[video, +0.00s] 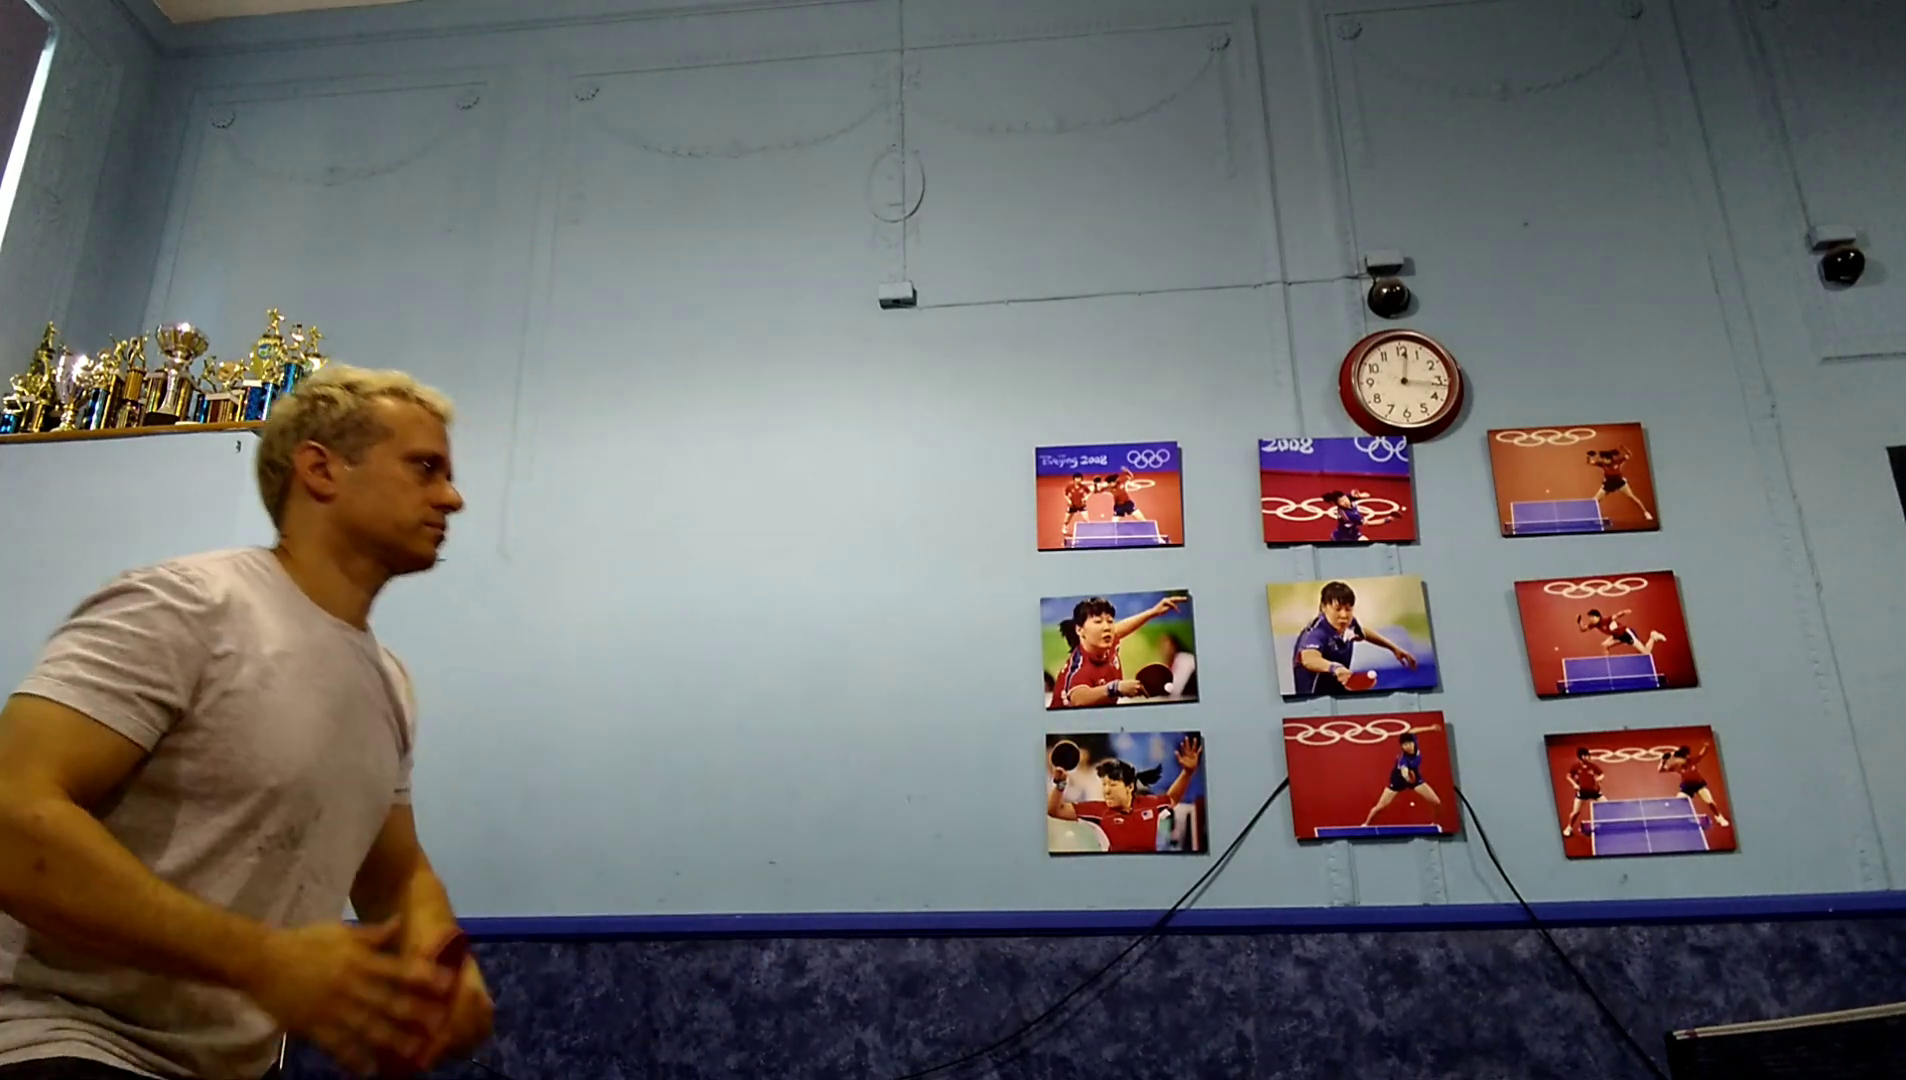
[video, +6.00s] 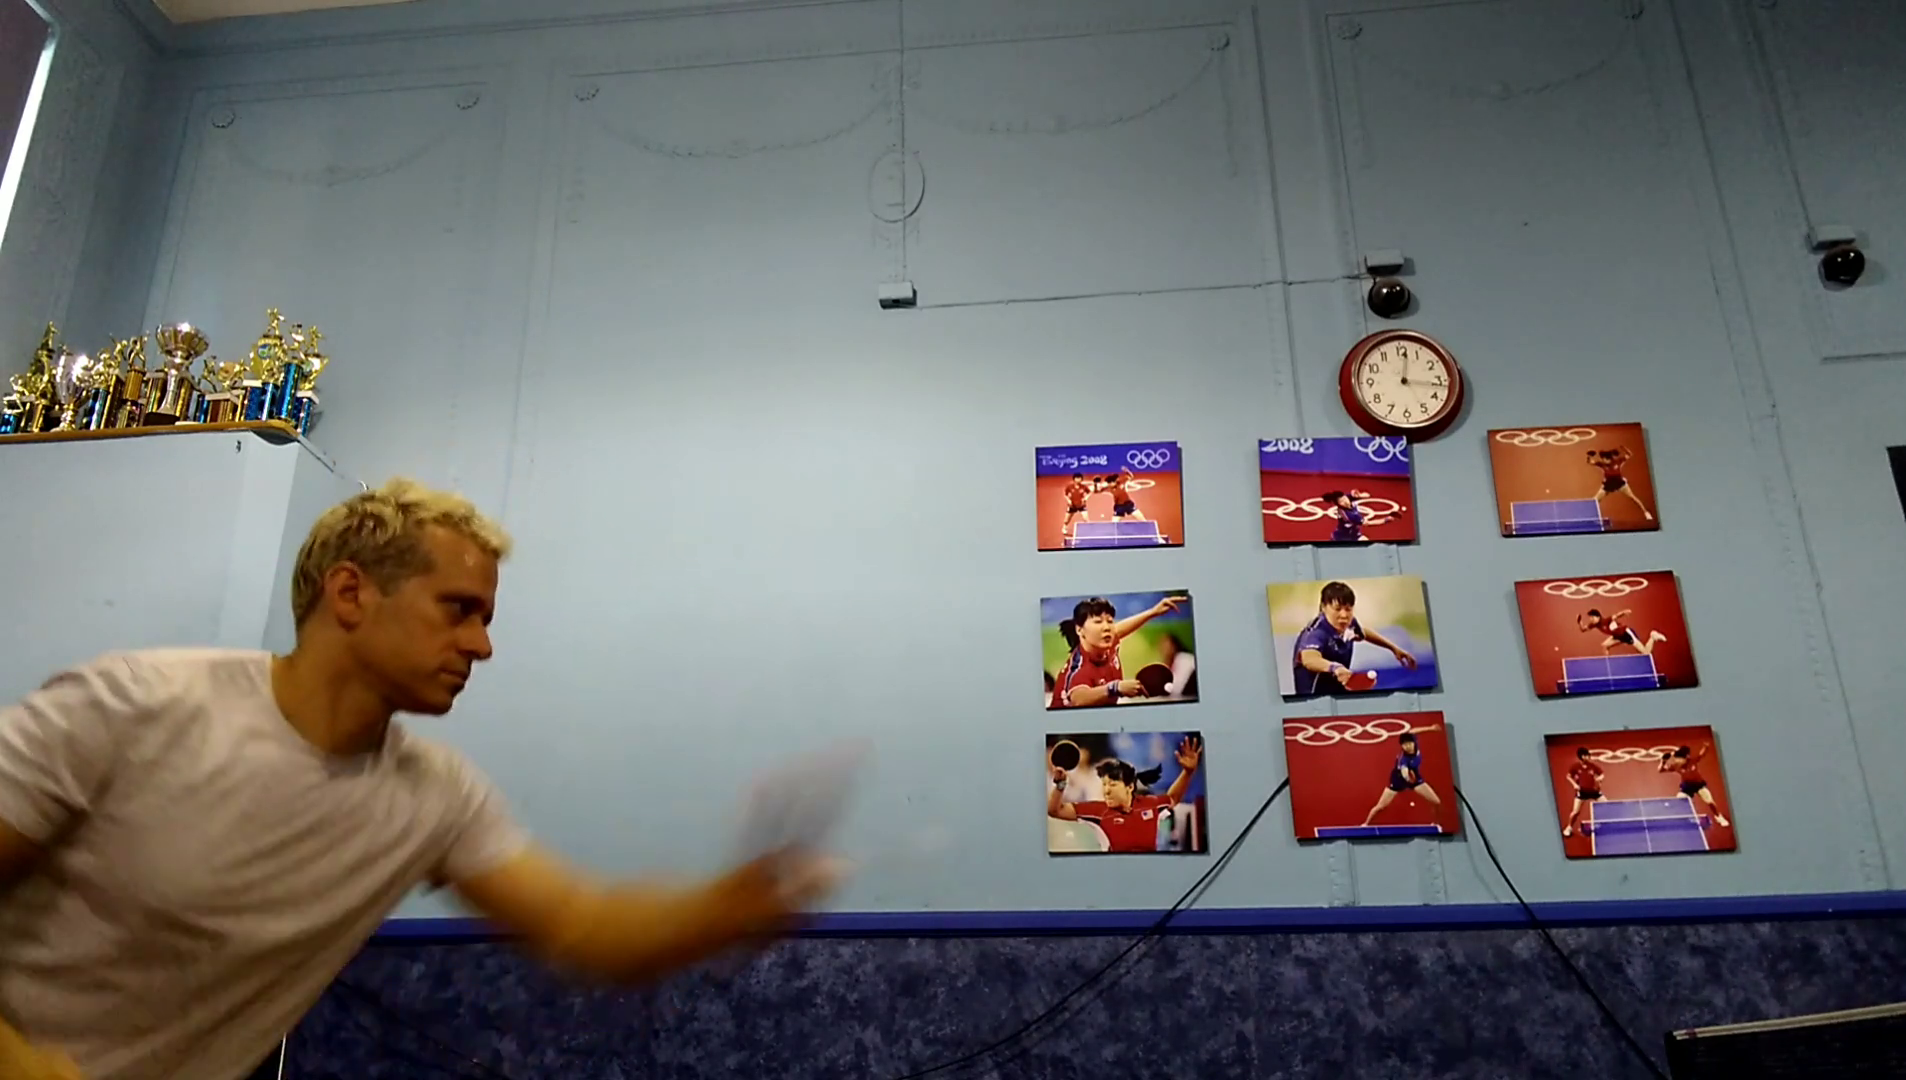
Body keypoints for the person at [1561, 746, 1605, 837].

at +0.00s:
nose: (1588, 758)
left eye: (1588, 755)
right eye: (1586, 756)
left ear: (1588, 756)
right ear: (1581, 757)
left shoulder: (1592, 766)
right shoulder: (1576, 767)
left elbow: (1602, 775)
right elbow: (1568, 776)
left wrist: (1598, 779)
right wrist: (1574, 784)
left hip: (1594, 791)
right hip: (1582, 791)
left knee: (1607, 806)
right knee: (1576, 812)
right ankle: (1569, 827)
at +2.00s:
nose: (1588, 758)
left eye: (1588, 755)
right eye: (1586, 756)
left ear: (1588, 756)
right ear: (1581, 757)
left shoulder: (1592, 766)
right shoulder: (1576, 767)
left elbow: (1602, 774)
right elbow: (1568, 776)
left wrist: (1598, 779)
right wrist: (1574, 784)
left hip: (1594, 791)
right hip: (1582, 791)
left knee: (1607, 806)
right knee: (1576, 812)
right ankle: (1569, 827)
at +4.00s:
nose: (1587, 758)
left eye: (1588, 755)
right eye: (1585, 755)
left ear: (1589, 756)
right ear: (1581, 757)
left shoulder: (1592, 766)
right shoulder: (1576, 767)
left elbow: (1602, 774)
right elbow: (1568, 776)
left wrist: (1598, 779)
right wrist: (1574, 785)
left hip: (1594, 791)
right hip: (1582, 791)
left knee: (1606, 806)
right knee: (1576, 812)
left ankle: (1606, 826)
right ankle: (1569, 827)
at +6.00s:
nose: (1587, 757)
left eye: (1588, 755)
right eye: (1585, 755)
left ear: (1589, 756)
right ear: (1581, 757)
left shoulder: (1592, 766)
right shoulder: (1576, 767)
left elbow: (1602, 774)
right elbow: (1568, 776)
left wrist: (1598, 779)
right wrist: (1574, 785)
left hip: (1594, 791)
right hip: (1582, 791)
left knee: (1606, 805)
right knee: (1576, 812)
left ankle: (1606, 826)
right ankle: (1569, 827)